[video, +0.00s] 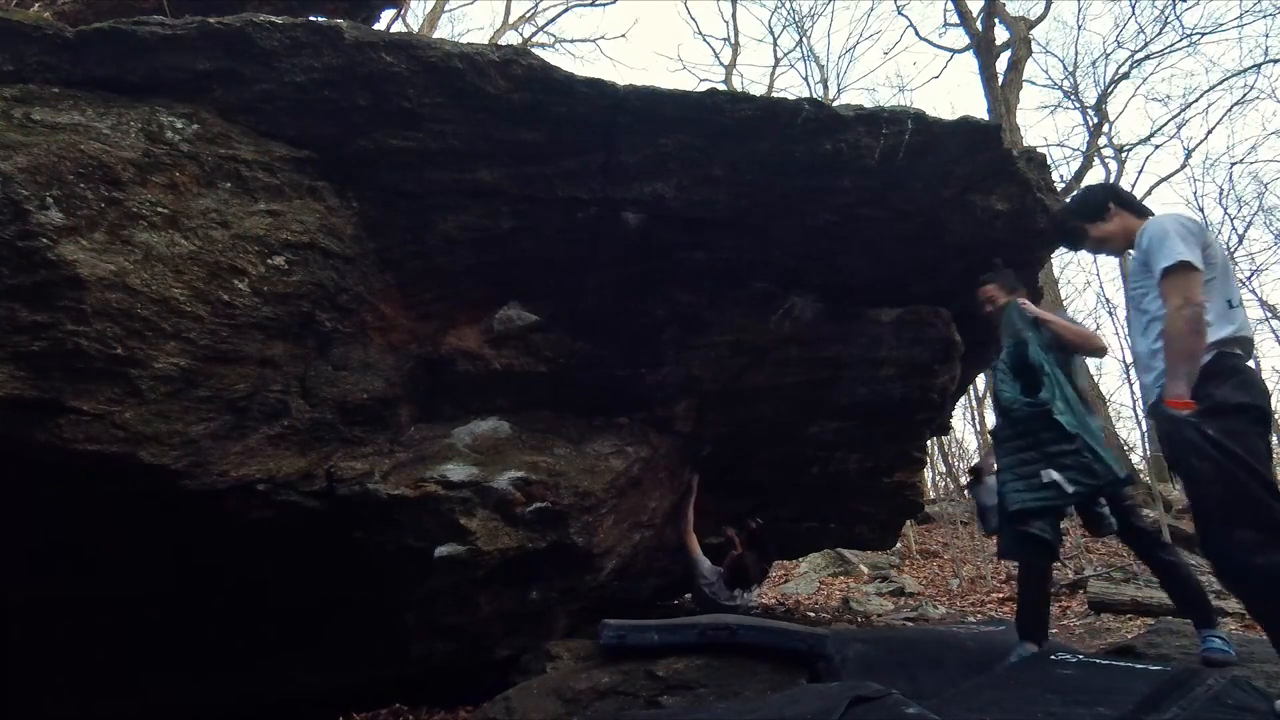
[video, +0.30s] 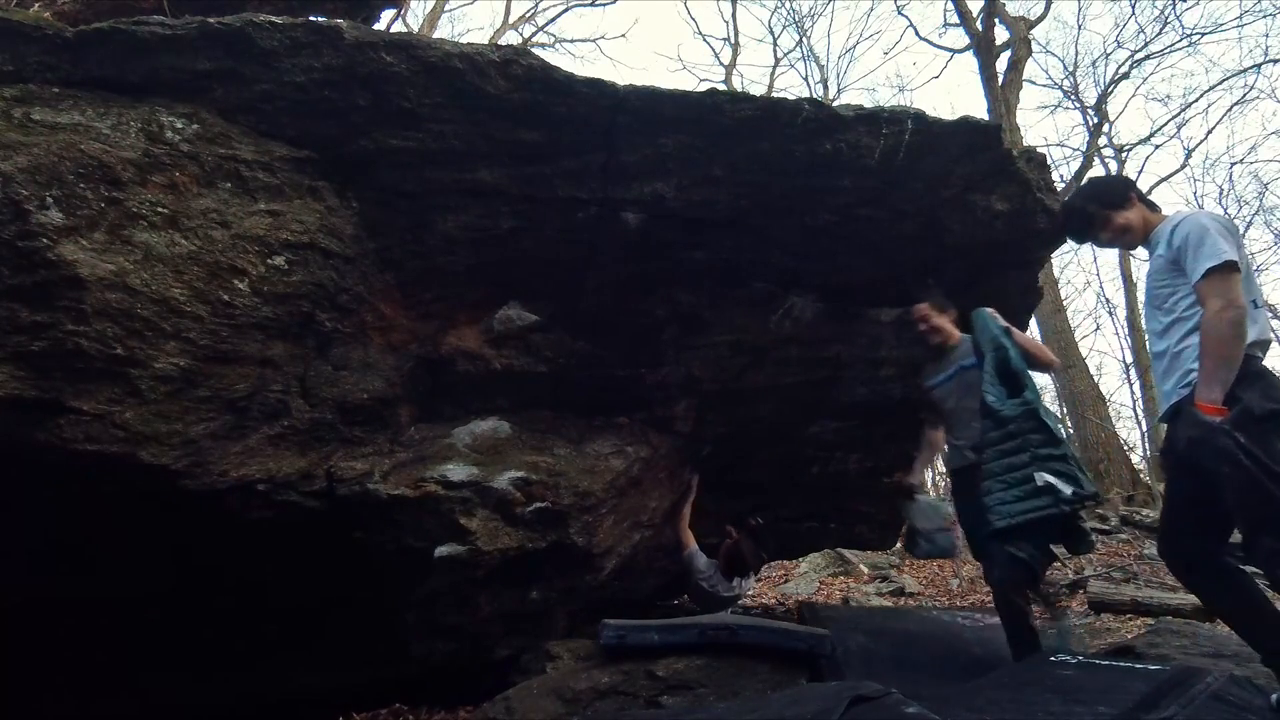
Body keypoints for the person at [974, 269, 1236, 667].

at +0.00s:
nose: (987, 307)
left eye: (992, 298)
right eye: (982, 302)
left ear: (1016, 294)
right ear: (983, 309)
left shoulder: (1041, 327)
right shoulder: (998, 354)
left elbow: (1097, 346)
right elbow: (1010, 415)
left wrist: (1037, 313)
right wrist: (992, 456)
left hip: (1076, 452)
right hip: (1026, 463)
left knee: (1142, 536)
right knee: (1033, 556)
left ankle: (1208, 628)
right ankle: (1030, 644)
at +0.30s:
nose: (925, 326)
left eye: (929, 317)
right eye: (919, 323)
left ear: (950, 314)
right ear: (916, 331)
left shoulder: (986, 342)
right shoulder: (930, 376)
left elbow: (1048, 362)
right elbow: (934, 431)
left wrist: (1003, 328)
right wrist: (916, 472)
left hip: (1014, 462)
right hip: (968, 475)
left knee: (1017, 560)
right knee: (997, 573)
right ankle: (1029, 664)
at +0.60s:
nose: (874, 332)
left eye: (877, 323)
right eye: (868, 328)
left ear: (899, 316)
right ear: (868, 332)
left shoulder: (930, 346)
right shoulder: (884, 374)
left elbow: (987, 363)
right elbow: (881, 430)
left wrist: (948, 326)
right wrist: (847, 457)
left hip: (940, 476)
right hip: (913, 482)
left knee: (924, 575)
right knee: (961, 578)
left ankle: (925, 687)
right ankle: (1021, 659)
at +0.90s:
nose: (810, 323)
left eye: (813, 312)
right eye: (804, 319)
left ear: (836, 304)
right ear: (803, 325)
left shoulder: (870, 333)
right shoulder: (823, 363)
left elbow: (931, 354)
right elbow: (830, 422)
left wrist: (883, 317)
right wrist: (794, 460)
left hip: (884, 474)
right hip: (841, 477)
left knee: (900, 589)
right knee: (800, 538)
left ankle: (922, 693)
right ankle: (875, 595)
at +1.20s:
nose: (744, 318)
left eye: (748, 308)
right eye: (738, 313)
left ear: (774, 301)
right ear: (741, 318)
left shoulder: (810, 329)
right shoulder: (761, 367)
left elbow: (869, 344)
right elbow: (767, 428)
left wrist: (827, 301)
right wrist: (740, 474)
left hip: (833, 477)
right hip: (782, 483)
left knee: (873, 586)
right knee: (751, 571)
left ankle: (915, 691)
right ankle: (731, 683)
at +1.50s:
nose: (675, 312)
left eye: (680, 302)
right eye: (669, 306)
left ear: (705, 297)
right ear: (670, 312)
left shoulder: (743, 332)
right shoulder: (687, 368)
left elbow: (802, 356)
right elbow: (693, 426)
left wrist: (772, 310)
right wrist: (668, 476)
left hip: (765, 475)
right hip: (715, 484)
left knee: (784, 580)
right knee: (727, 593)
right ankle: (732, 700)